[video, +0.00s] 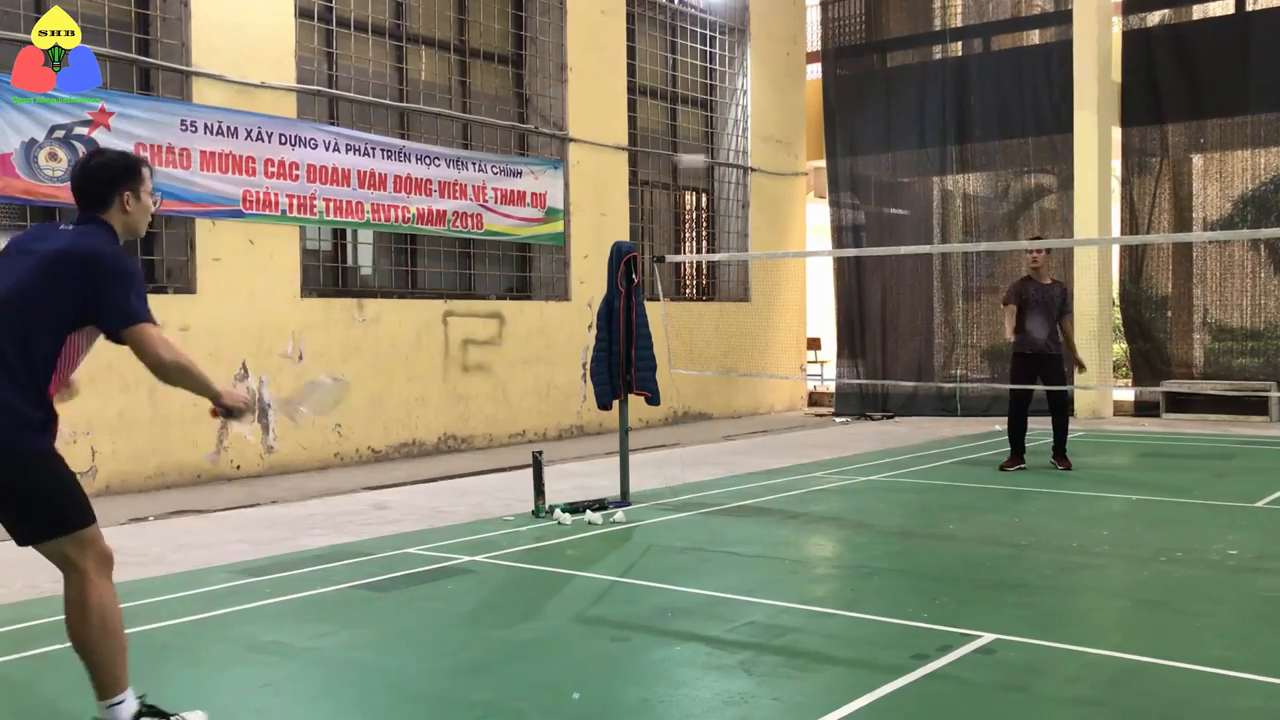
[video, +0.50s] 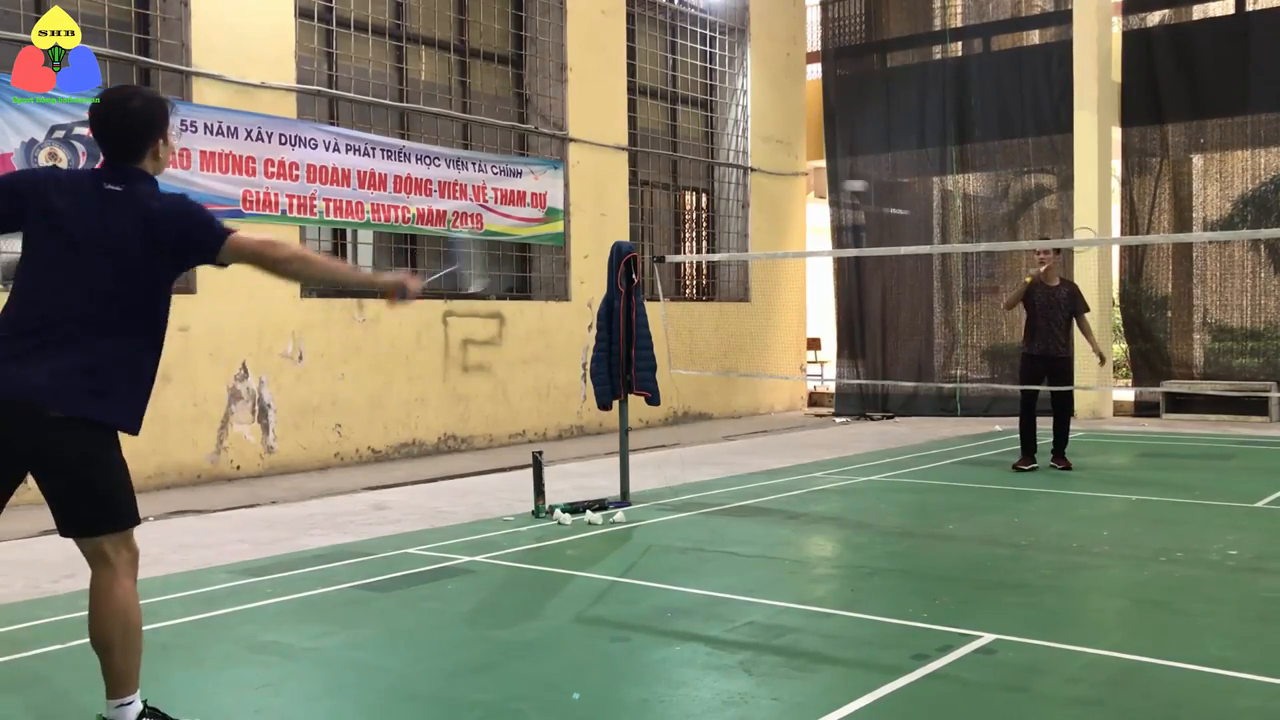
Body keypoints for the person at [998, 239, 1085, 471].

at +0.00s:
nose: (1033, 255)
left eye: (1038, 252)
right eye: (1030, 252)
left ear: (1047, 256)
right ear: (1026, 257)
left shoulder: (1060, 289)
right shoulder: (1018, 287)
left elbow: (1066, 325)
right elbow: (1010, 312)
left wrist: (1075, 355)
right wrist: (1009, 331)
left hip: (1052, 355)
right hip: (1023, 354)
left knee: (1059, 406)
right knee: (1018, 405)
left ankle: (1060, 454)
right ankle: (1016, 456)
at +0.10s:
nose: (1037, 256)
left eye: (1042, 252)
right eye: (1034, 253)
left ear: (1052, 256)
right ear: (1030, 257)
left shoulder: (1065, 289)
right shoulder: (1022, 288)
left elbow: (1069, 325)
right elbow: (1012, 318)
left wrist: (1073, 354)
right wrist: (1009, 339)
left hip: (1056, 356)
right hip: (1027, 355)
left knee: (1059, 407)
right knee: (1020, 406)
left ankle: (1059, 455)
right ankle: (1017, 456)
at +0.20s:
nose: (1041, 258)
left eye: (1046, 253)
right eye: (1038, 254)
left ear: (1057, 257)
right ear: (1035, 258)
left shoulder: (1070, 291)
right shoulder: (1026, 288)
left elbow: (1073, 325)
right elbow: (1011, 315)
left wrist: (1079, 357)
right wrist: (1009, 333)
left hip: (1060, 358)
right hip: (1030, 357)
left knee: (1062, 410)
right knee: (1021, 406)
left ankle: (1059, 456)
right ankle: (1017, 455)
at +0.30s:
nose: (1043, 258)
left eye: (1047, 254)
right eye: (1039, 254)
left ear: (1058, 257)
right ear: (1036, 258)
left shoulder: (1071, 290)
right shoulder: (1028, 289)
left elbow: (1078, 325)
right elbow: (1008, 315)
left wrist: (1086, 358)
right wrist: (1020, 314)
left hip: (1061, 358)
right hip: (1032, 356)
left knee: (1063, 409)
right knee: (1023, 405)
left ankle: (1059, 455)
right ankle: (1022, 454)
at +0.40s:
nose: (1042, 258)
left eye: (1047, 253)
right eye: (1039, 254)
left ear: (1058, 257)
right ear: (1035, 258)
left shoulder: (1071, 290)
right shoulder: (1028, 287)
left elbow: (1081, 324)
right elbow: (1006, 312)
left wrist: (1093, 355)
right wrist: (1023, 296)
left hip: (1061, 357)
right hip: (1032, 355)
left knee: (1063, 408)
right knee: (1025, 405)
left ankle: (1059, 455)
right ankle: (1026, 455)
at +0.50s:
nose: (1041, 257)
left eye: (1046, 253)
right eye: (1038, 253)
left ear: (1056, 256)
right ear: (1034, 257)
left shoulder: (1070, 288)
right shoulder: (1029, 286)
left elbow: (1081, 321)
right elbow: (1007, 305)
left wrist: (1096, 348)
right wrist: (1028, 282)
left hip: (1061, 357)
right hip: (1032, 355)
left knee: (1063, 408)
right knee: (1027, 406)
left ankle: (1059, 455)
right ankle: (1027, 456)